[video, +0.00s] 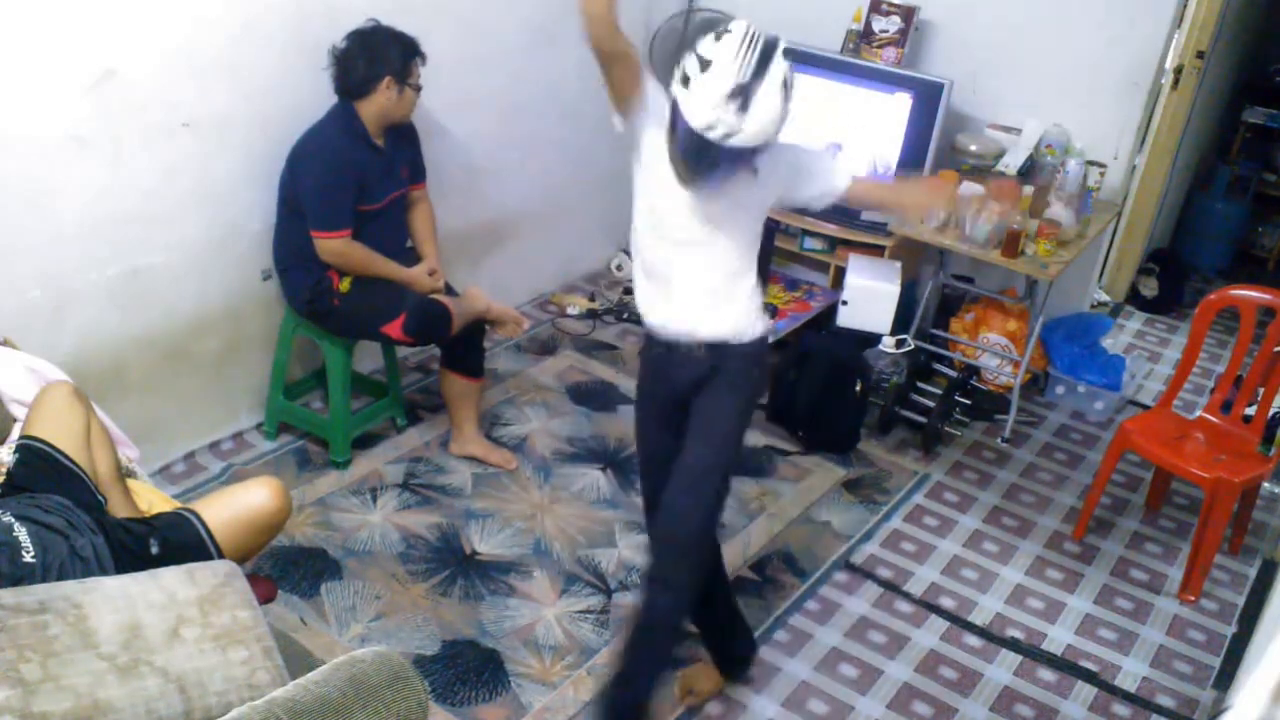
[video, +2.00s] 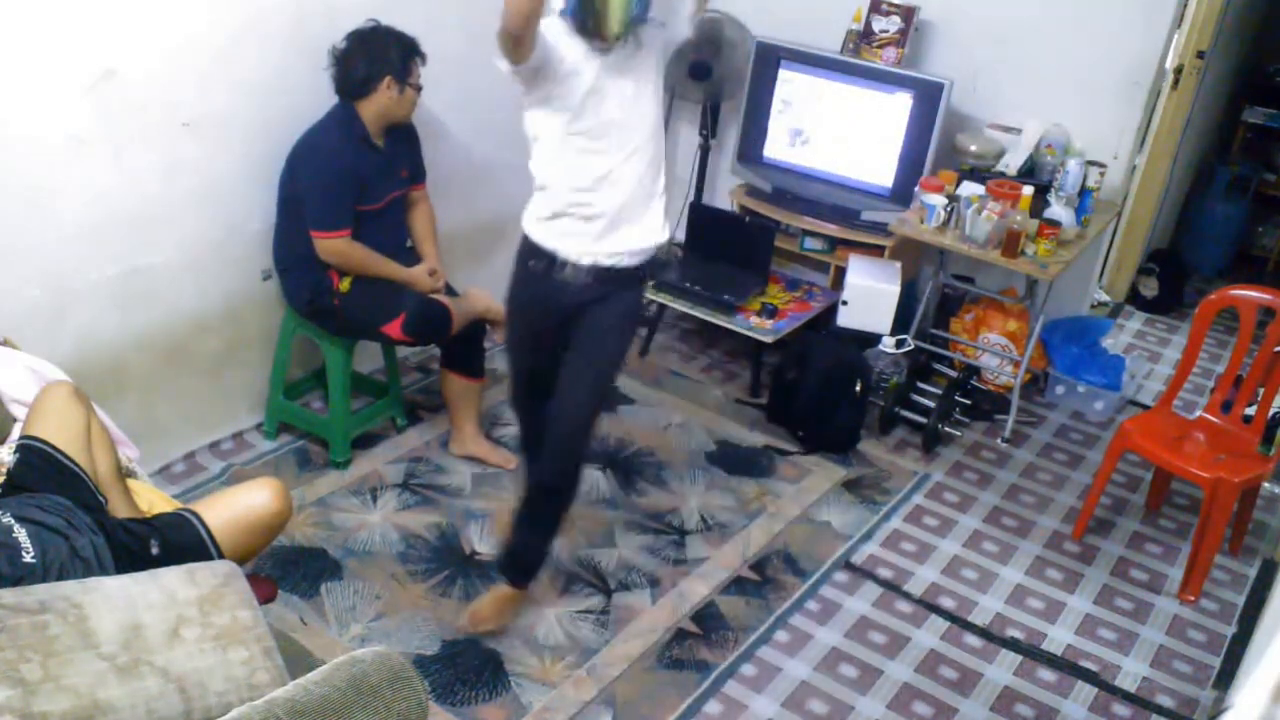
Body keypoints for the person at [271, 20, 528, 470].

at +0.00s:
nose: (419, 96)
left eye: (419, 87)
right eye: (416, 86)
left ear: (386, 87)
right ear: (387, 87)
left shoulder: (400, 131)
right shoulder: (326, 151)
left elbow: (418, 202)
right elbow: (333, 249)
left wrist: (429, 259)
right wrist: (408, 277)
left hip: (387, 266)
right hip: (325, 283)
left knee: (465, 321)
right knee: (426, 323)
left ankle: (466, 435)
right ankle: (476, 306)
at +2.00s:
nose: (420, 96)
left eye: (420, 87)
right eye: (416, 87)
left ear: (387, 87)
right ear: (388, 87)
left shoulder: (399, 131)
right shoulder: (326, 151)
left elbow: (417, 201)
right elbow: (332, 249)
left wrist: (430, 261)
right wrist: (407, 275)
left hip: (387, 264)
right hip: (325, 284)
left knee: (465, 324)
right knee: (422, 323)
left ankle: (466, 435)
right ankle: (473, 306)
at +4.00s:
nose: (419, 95)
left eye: (419, 86)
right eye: (416, 86)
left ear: (387, 86)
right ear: (388, 86)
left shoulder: (399, 132)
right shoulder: (326, 151)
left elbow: (417, 203)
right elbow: (332, 249)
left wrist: (429, 260)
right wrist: (407, 276)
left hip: (387, 266)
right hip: (326, 283)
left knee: (466, 322)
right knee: (425, 323)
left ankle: (465, 435)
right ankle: (477, 304)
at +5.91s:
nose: (419, 96)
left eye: (419, 87)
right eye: (415, 86)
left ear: (386, 86)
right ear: (387, 86)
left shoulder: (398, 130)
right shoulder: (325, 151)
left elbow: (417, 201)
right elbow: (332, 249)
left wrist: (429, 260)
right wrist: (406, 275)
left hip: (389, 265)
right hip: (327, 285)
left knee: (465, 324)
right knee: (428, 321)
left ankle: (466, 436)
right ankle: (472, 310)